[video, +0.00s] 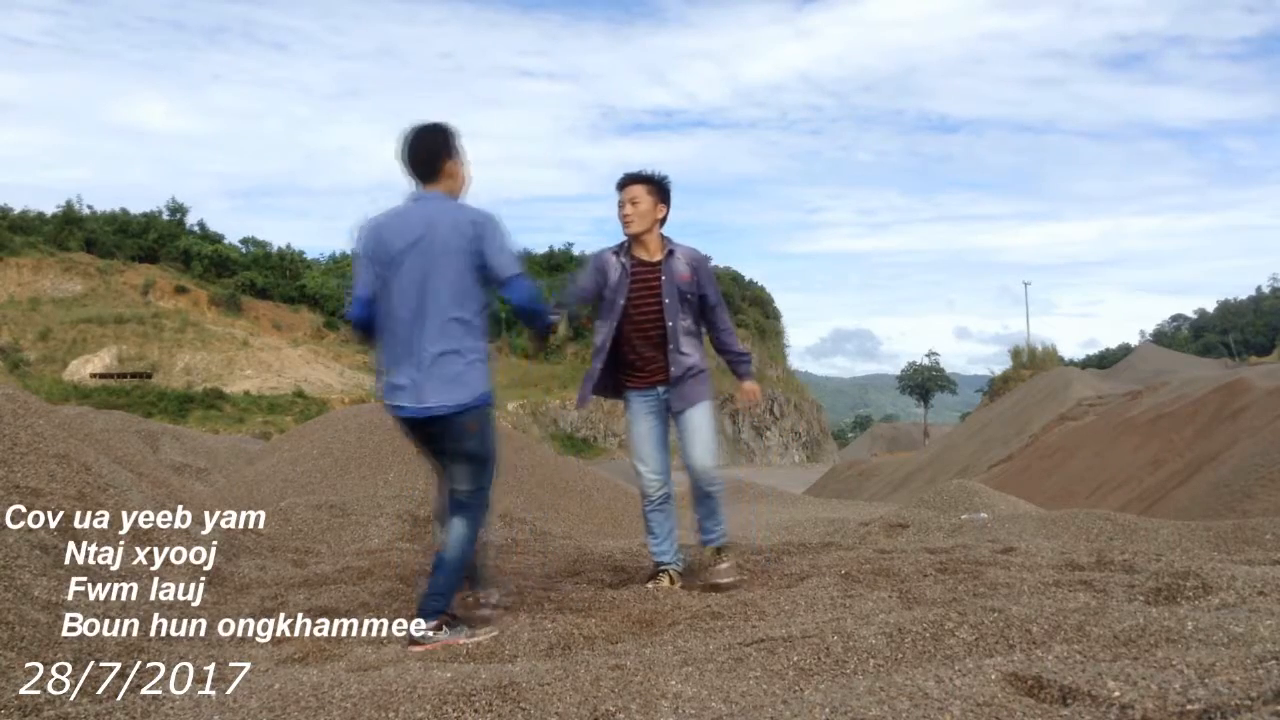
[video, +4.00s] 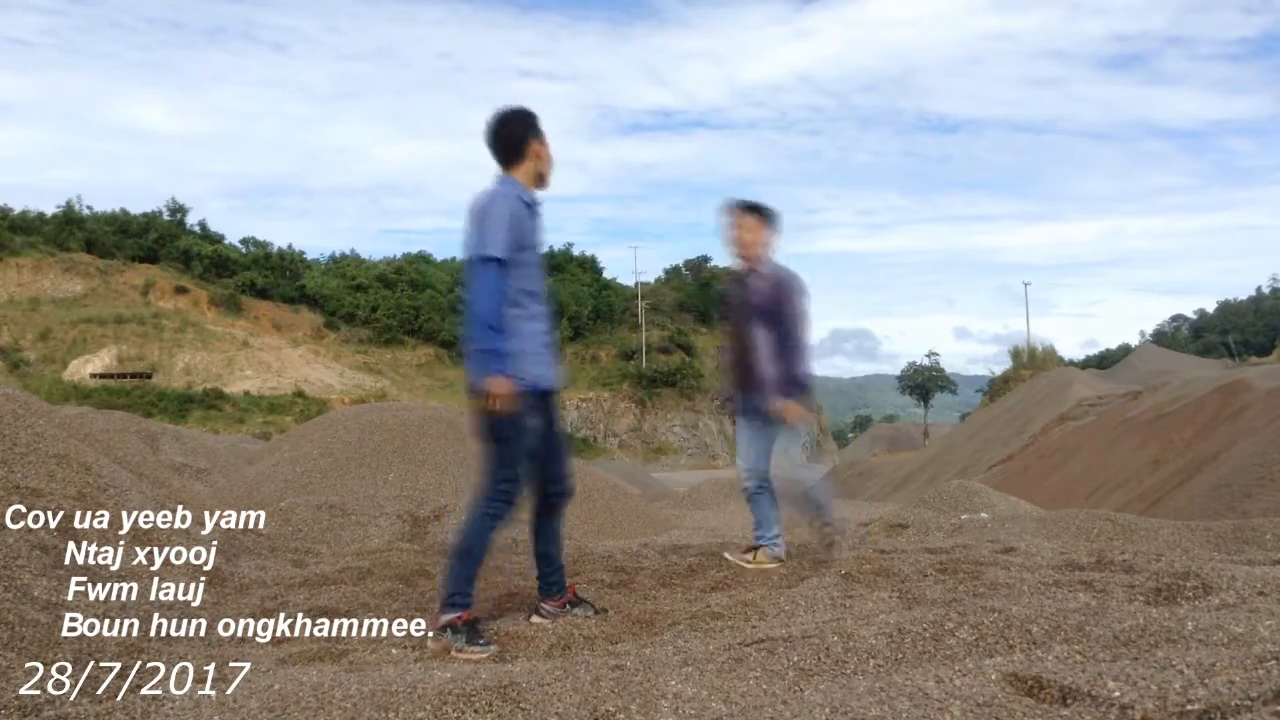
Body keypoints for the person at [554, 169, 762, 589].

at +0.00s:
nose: (624, 212)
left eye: (634, 203)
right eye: (621, 205)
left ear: (661, 210)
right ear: (619, 213)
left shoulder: (690, 262)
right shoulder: (606, 264)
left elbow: (718, 321)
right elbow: (568, 296)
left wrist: (744, 373)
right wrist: (540, 311)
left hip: (688, 383)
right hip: (639, 392)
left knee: (702, 467)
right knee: (652, 483)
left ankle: (717, 549)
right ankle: (666, 567)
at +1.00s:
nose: (639, 195)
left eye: (649, 188)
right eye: (638, 188)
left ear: (677, 198)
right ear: (641, 197)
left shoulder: (699, 252)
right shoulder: (631, 257)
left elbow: (707, 323)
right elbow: (623, 325)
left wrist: (683, 366)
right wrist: (623, 385)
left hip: (685, 390)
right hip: (642, 391)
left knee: (690, 484)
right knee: (634, 482)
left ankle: (691, 577)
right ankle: (651, 570)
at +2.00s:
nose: (665, 204)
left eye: (674, 196)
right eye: (662, 197)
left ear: (702, 203)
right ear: (663, 203)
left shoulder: (718, 260)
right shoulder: (655, 261)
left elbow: (723, 331)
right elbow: (639, 325)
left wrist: (714, 394)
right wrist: (622, 384)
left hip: (696, 393)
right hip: (654, 391)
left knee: (698, 486)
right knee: (639, 477)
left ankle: (693, 576)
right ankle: (654, 567)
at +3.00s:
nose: (788, 258)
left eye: (796, 251)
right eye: (784, 251)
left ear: (817, 257)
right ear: (780, 256)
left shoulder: (836, 302)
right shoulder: (777, 305)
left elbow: (858, 356)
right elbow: (771, 358)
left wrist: (866, 409)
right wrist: (764, 403)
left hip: (830, 405)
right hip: (794, 407)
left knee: (812, 466)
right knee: (817, 473)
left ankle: (814, 547)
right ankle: (849, 539)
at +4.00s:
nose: (741, 236)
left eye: (749, 229)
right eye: (737, 228)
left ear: (767, 234)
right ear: (733, 233)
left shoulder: (784, 282)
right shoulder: (735, 285)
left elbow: (794, 340)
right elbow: (738, 343)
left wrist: (795, 393)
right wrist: (736, 390)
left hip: (785, 394)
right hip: (751, 395)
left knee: (789, 468)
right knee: (753, 475)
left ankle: (828, 523)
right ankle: (770, 545)